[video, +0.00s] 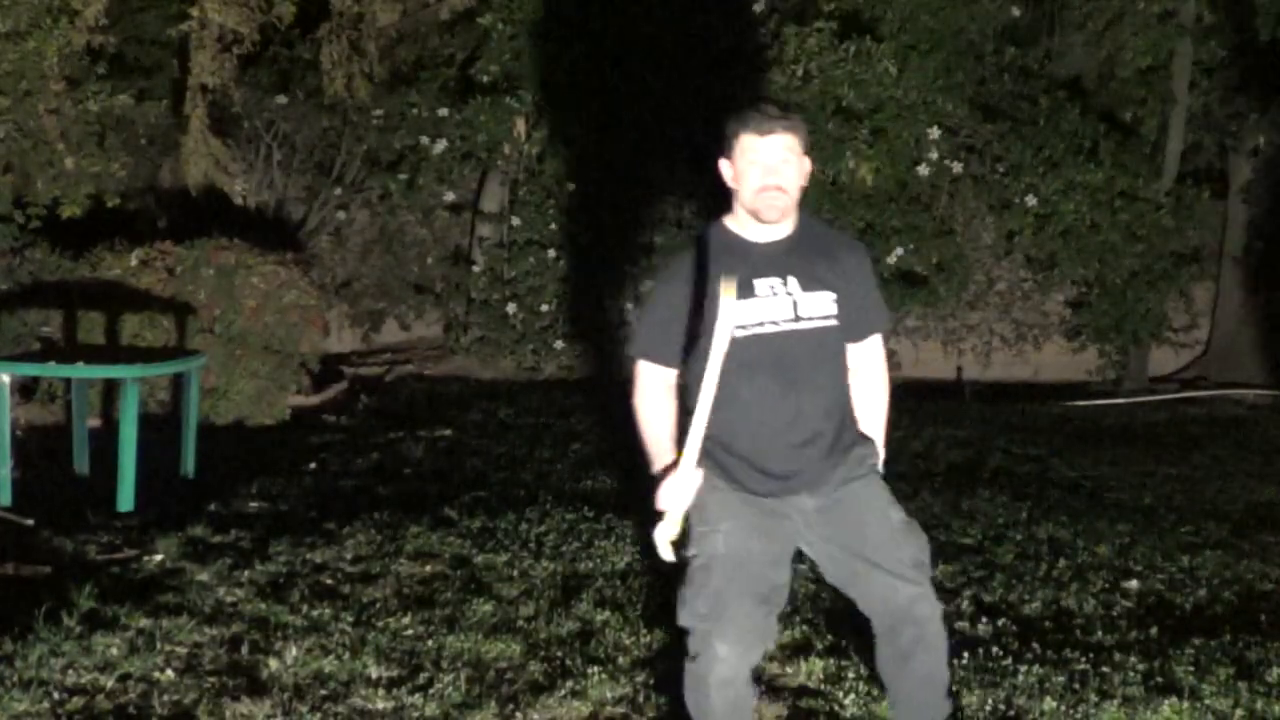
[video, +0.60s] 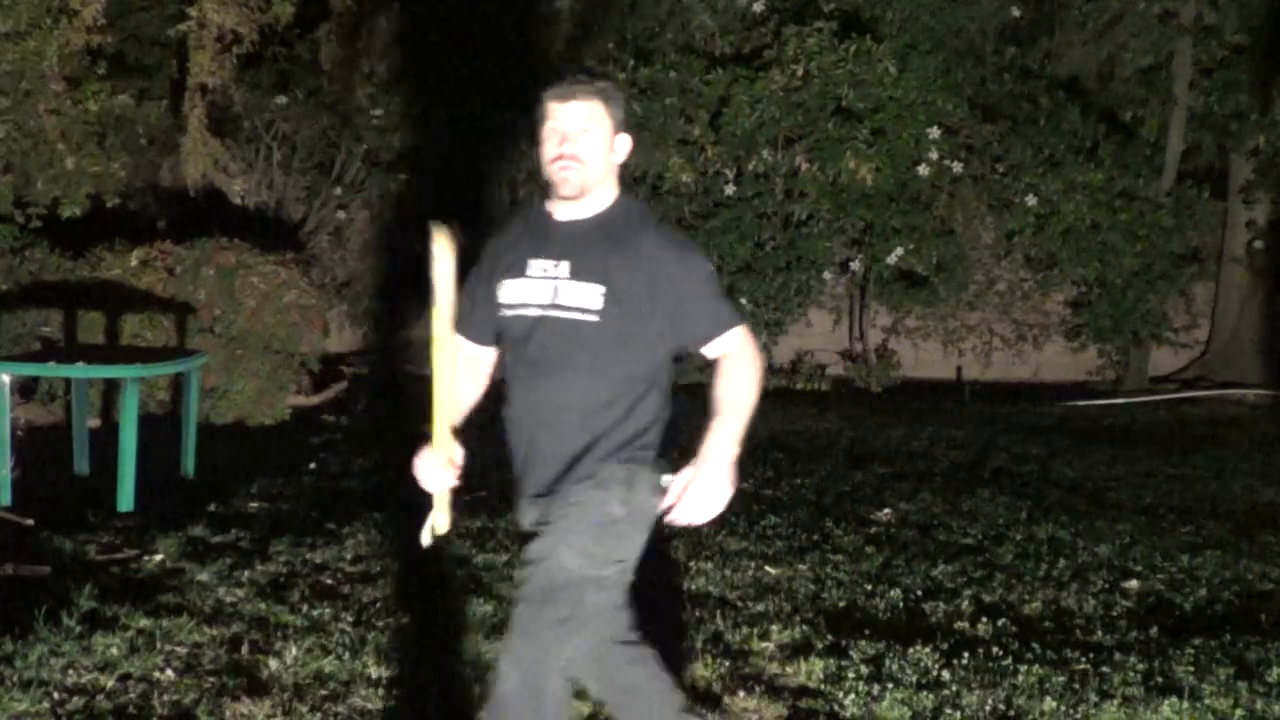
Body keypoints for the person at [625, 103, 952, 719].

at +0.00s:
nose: (774, 176)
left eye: (787, 162)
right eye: (758, 162)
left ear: (807, 171)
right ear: (728, 172)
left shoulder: (843, 258)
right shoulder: (694, 267)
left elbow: (867, 364)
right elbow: (654, 377)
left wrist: (867, 461)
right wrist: (669, 471)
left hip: (842, 483)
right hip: (734, 491)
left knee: (913, 610)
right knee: (721, 652)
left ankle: (923, 714)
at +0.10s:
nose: (731, 159)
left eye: (745, 146)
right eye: (717, 146)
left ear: (770, 154)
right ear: (692, 156)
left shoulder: (813, 245)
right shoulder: (655, 264)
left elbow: (860, 344)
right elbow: (627, 379)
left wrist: (884, 445)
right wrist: (622, 479)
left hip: (813, 472)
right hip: (705, 484)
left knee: (875, 620)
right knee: (703, 655)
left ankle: (868, 714)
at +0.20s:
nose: (695, 151)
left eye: (710, 137)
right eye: (682, 137)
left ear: (740, 144)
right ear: (663, 146)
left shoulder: (789, 232)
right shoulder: (629, 252)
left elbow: (849, 331)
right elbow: (597, 368)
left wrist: (888, 432)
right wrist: (589, 467)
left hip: (786, 470)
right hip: (677, 482)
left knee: (809, 632)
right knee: (687, 650)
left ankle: (805, 717)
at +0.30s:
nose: (663, 147)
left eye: (679, 132)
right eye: (650, 134)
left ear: (713, 141)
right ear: (636, 146)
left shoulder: (762, 228)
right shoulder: (604, 251)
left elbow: (833, 328)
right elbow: (568, 366)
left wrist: (873, 414)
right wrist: (555, 465)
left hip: (750, 463)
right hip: (648, 474)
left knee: (725, 634)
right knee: (662, 647)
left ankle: (728, 718)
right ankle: (677, 718)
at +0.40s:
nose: (635, 149)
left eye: (652, 134)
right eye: (622, 135)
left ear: (686, 144)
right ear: (607, 148)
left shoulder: (736, 234)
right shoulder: (579, 250)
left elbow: (809, 328)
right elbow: (537, 362)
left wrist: (837, 398)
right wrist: (518, 462)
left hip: (713, 470)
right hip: (617, 480)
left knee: (649, 641)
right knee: (661, 647)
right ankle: (704, 715)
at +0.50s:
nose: (600, 151)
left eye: (618, 137)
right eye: (588, 138)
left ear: (654, 148)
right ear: (573, 152)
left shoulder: (702, 246)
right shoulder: (542, 256)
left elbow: (783, 337)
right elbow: (503, 364)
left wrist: (784, 418)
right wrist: (491, 460)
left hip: (673, 477)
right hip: (586, 490)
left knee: (588, 640)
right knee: (657, 669)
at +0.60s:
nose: (564, 146)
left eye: (583, 133)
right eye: (552, 133)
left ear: (621, 147)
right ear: (536, 147)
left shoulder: (655, 253)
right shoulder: (512, 245)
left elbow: (739, 353)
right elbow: (471, 354)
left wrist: (717, 459)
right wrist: (441, 432)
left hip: (614, 490)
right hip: (540, 493)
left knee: (529, 672)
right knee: (612, 666)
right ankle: (679, 718)